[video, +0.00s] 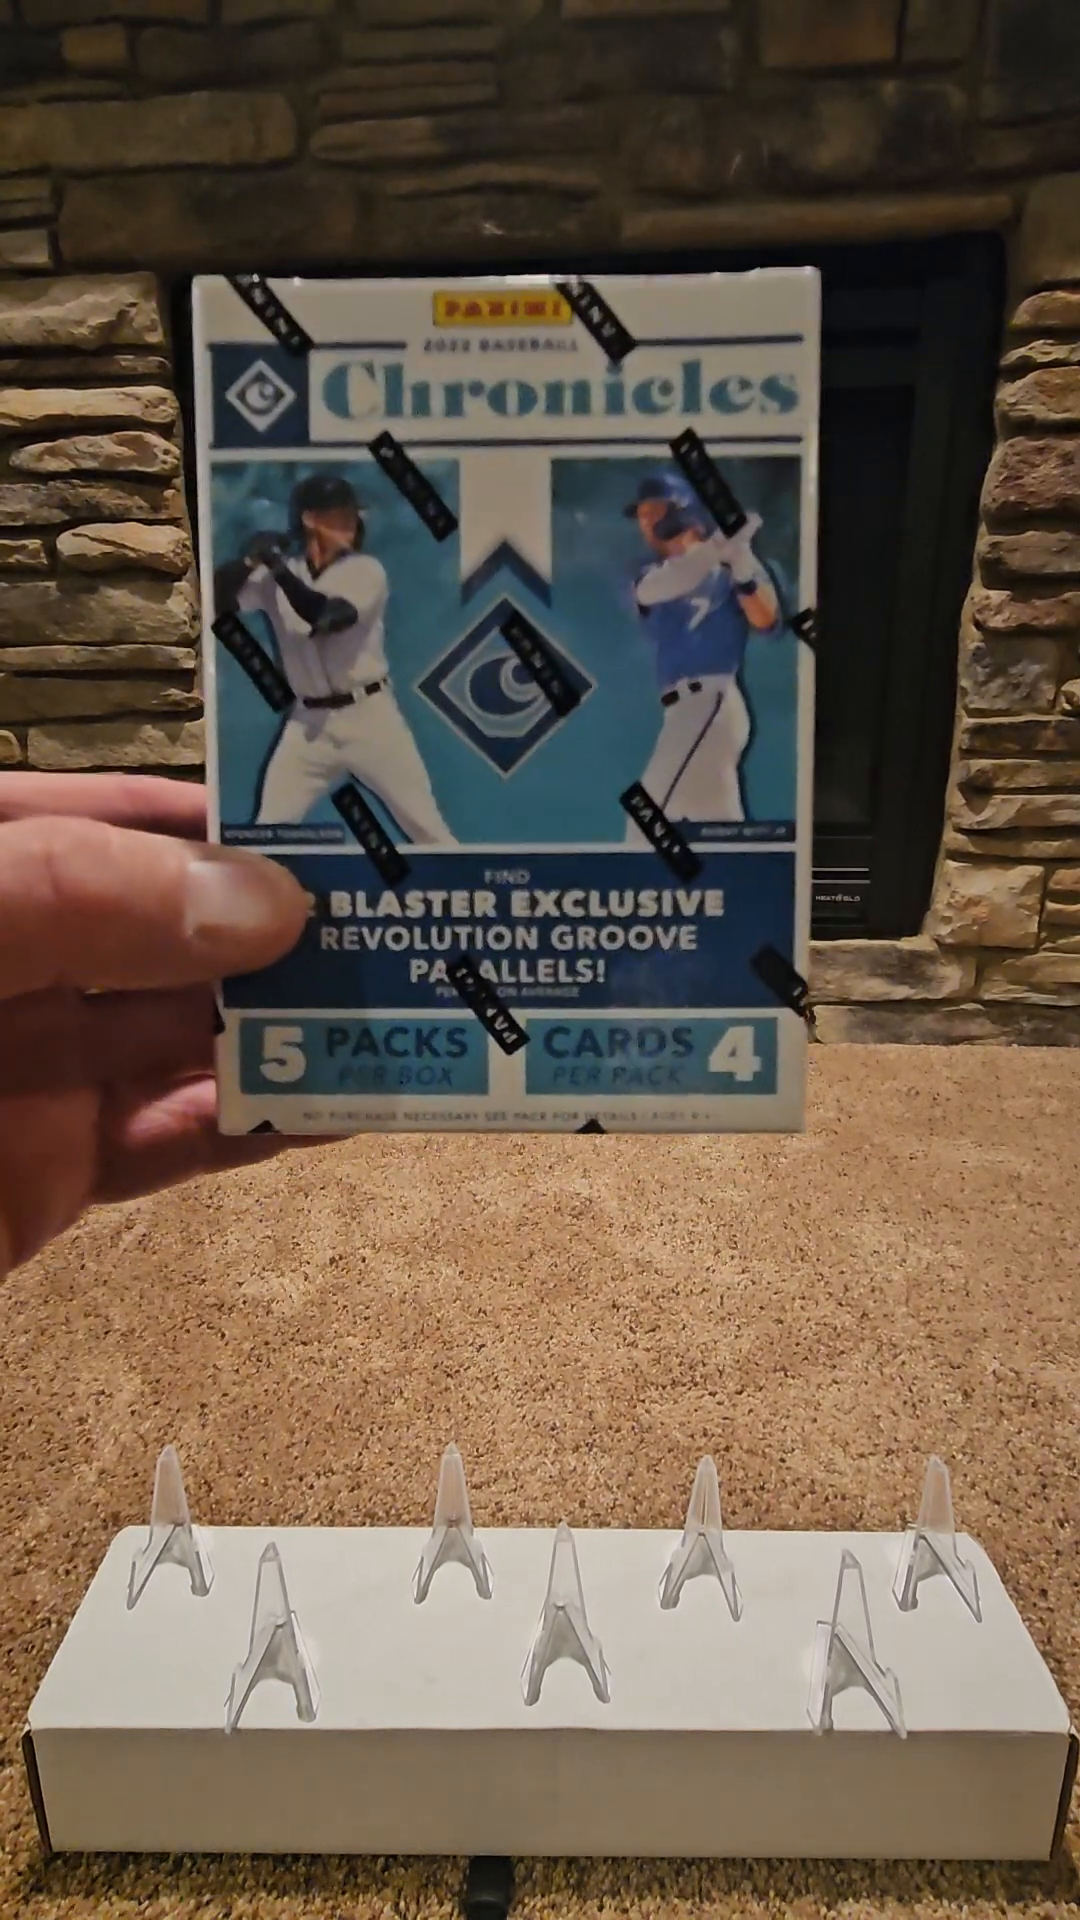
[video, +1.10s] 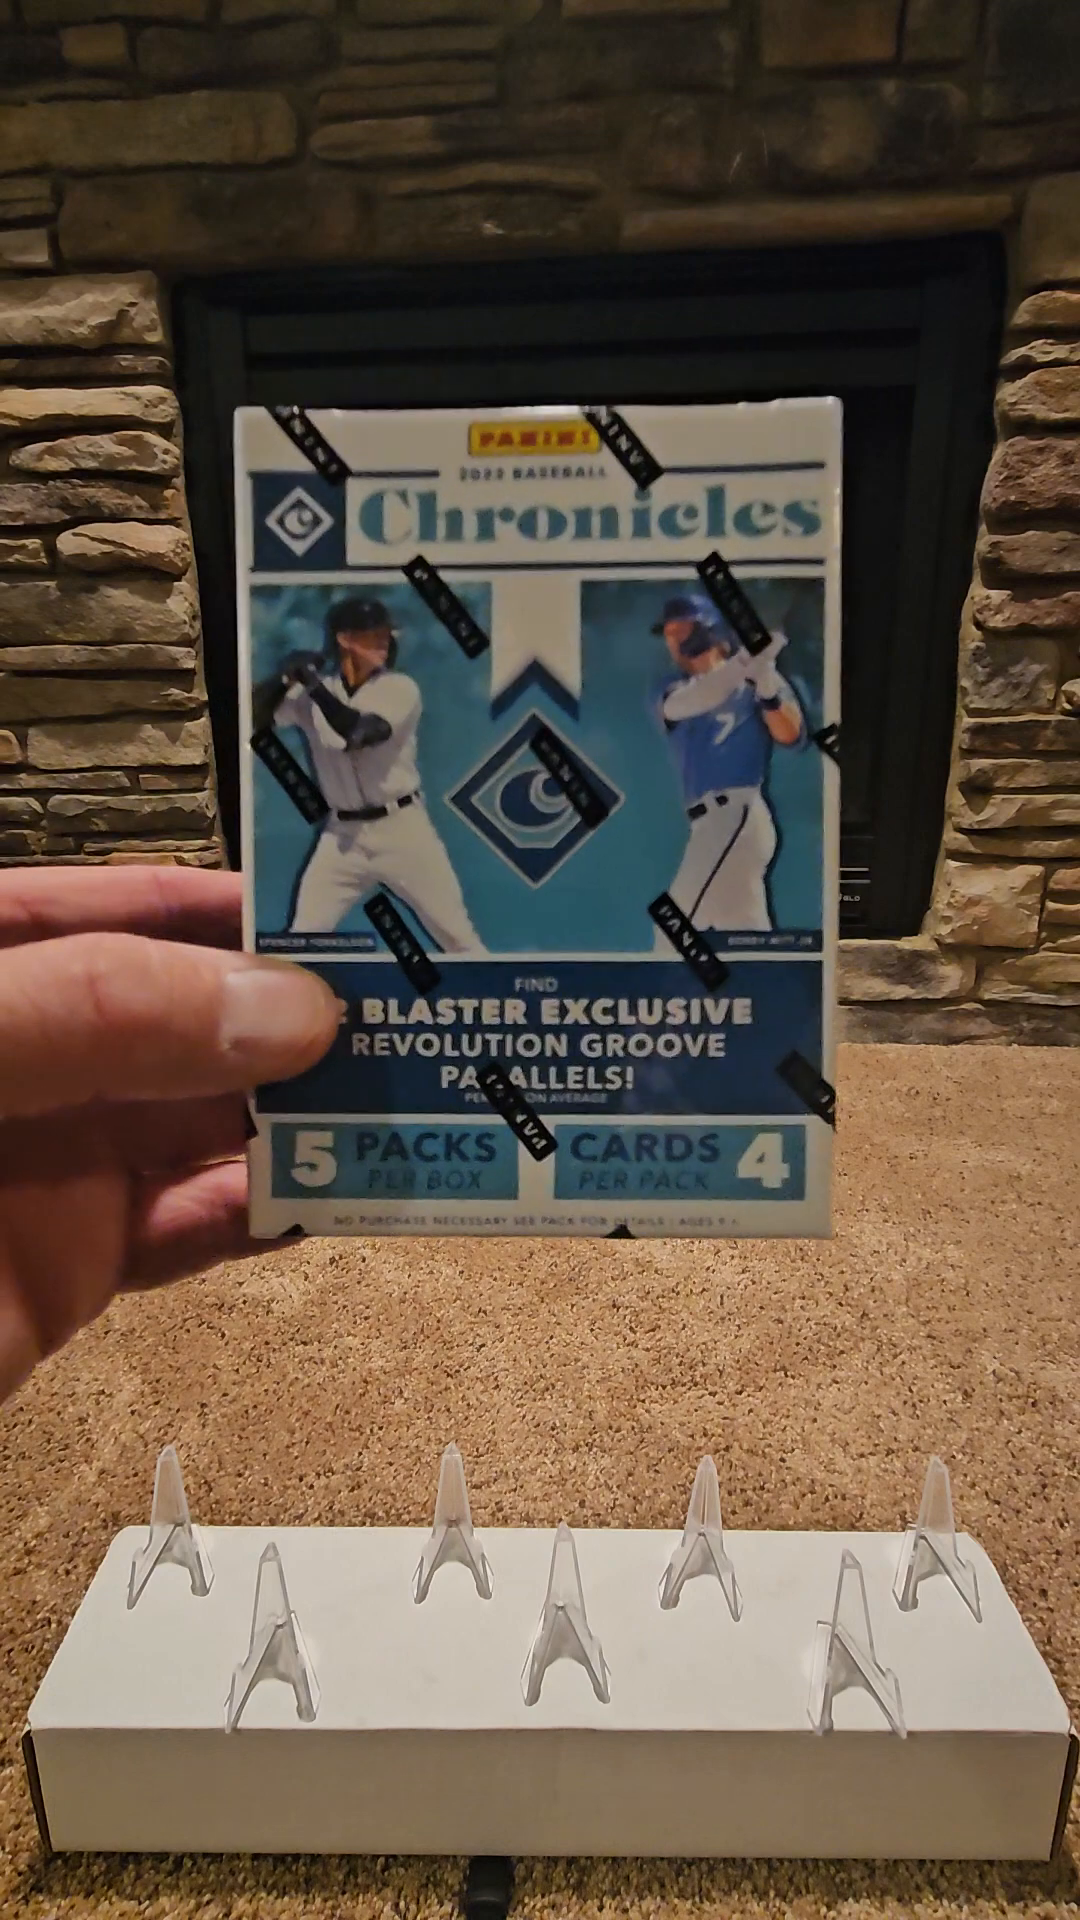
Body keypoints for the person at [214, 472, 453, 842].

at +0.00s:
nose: (349, 519)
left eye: (352, 511)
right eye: (337, 511)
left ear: (358, 519)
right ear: (309, 519)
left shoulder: (365, 571)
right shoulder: (273, 579)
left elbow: (325, 618)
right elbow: (213, 600)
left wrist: (277, 567)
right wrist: (248, 563)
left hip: (371, 719)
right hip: (308, 724)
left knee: (427, 829)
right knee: (269, 835)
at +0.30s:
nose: (379, 484)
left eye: (381, 475)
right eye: (367, 475)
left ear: (386, 483)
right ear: (337, 482)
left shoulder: (394, 538)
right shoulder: (298, 543)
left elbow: (352, 587)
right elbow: (235, 567)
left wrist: (301, 534)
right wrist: (271, 526)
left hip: (398, 694)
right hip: (331, 700)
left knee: (455, 812)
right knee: (287, 817)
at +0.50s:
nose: (384, 483)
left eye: (387, 475)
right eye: (371, 474)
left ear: (393, 482)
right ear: (343, 483)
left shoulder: (401, 536)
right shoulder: (306, 543)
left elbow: (359, 588)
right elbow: (244, 569)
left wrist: (306, 532)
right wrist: (277, 525)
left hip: (407, 692)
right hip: (340, 699)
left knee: (462, 806)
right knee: (299, 815)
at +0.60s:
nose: (374, 549)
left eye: (379, 541)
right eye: (362, 540)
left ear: (387, 549)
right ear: (337, 547)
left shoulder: (396, 599)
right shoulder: (304, 604)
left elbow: (355, 646)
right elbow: (245, 631)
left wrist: (306, 595)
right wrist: (274, 589)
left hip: (399, 747)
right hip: (334, 753)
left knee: (454, 861)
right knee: (294, 864)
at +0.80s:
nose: (371, 597)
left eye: (372, 589)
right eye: (360, 589)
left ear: (376, 595)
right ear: (330, 596)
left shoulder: (383, 646)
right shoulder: (294, 652)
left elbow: (342, 691)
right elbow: (238, 673)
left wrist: (296, 640)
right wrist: (266, 634)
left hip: (386, 791)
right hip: (323, 796)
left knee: (439, 899)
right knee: (282, 903)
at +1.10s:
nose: (383, 640)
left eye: (385, 632)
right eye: (372, 633)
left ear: (391, 637)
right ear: (344, 640)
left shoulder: (400, 688)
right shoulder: (309, 697)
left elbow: (359, 733)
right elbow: (251, 718)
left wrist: (312, 685)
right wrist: (284, 679)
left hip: (404, 831)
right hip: (342, 837)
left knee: (458, 937)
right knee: (303, 943)